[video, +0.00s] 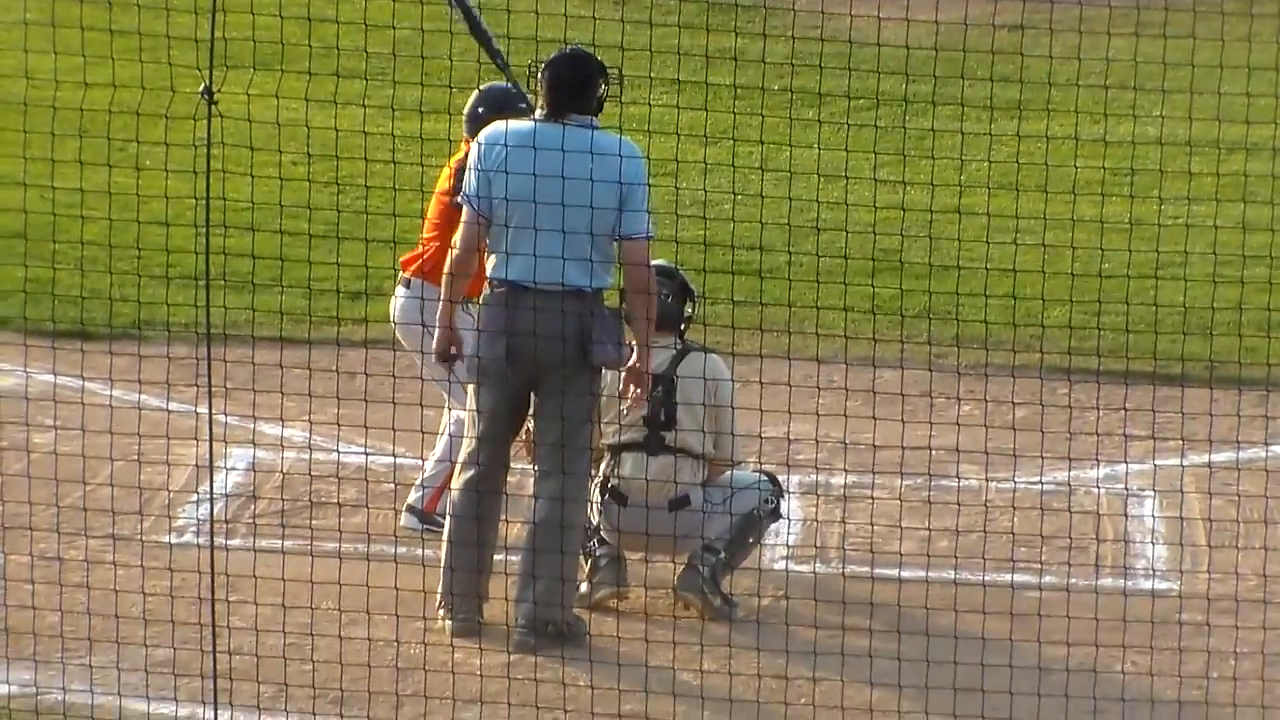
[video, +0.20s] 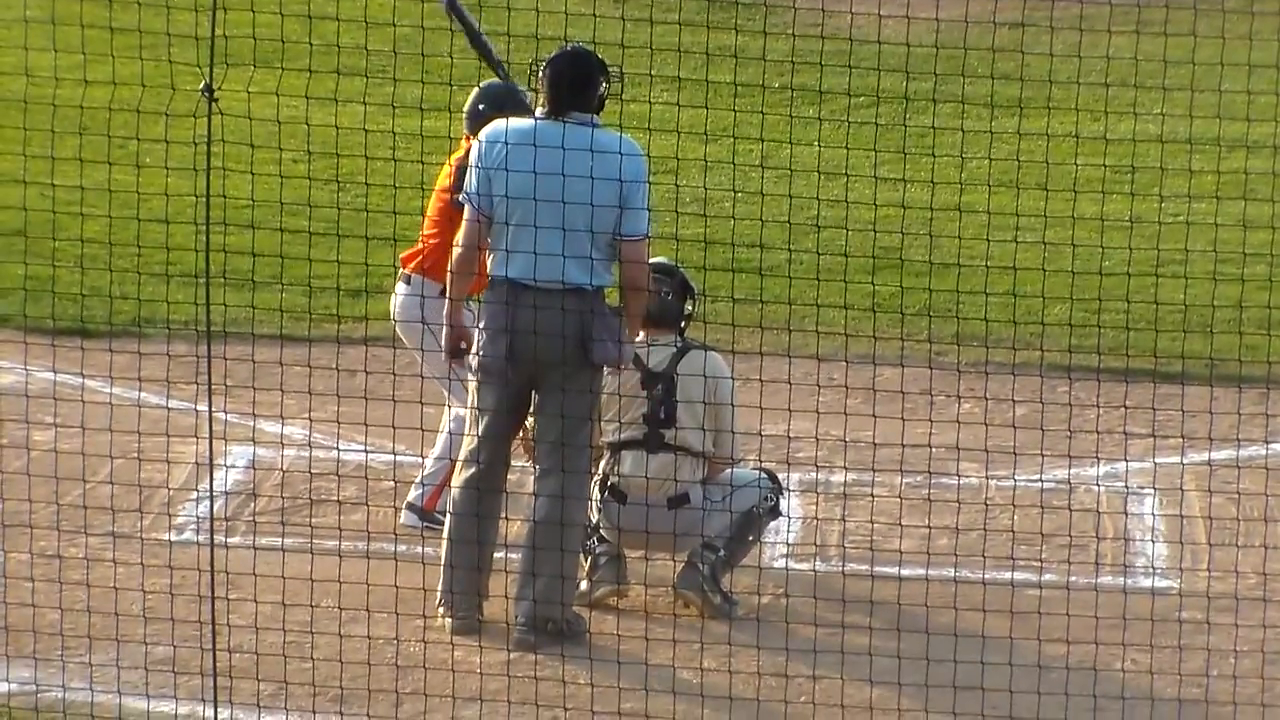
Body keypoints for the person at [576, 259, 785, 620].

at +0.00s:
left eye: (635, 300)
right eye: (684, 303)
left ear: (628, 309)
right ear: (681, 314)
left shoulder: (606, 364)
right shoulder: (709, 366)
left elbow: (587, 451)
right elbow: (720, 464)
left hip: (616, 518)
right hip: (683, 520)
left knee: (581, 474)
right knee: (766, 489)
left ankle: (604, 564)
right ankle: (704, 571)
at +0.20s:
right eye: (683, 301)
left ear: (633, 309)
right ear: (682, 312)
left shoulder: (608, 361)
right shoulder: (709, 364)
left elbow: (591, 447)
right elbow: (722, 460)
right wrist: (680, 477)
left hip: (617, 517)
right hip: (682, 519)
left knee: (598, 472)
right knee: (765, 487)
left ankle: (604, 563)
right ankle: (704, 569)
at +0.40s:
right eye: (684, 299)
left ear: (633, 306)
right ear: (682, 310)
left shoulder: (608, 359)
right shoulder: (709, 363)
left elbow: (591, 445)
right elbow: (721, 458)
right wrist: (682, 475)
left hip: (615, 514)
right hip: (682, 517)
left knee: (591, 471)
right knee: (765, 485)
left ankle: (603, 560)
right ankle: (704, 566)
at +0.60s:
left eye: (632, 294)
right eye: (685, 299)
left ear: (631, 304)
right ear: (681, 309)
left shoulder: (606, 358)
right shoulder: (708, 361)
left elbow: (585, 443)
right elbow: (723, 455)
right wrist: (687, 479)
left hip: (615, 513)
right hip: (681, 515)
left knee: (587, 472)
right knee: (764, 483)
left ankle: (603, 559)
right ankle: (703, 566)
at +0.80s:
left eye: (633, 292)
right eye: (684, 296)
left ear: (630, 303)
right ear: (681, 308)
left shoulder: (606, 357)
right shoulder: (708, 359)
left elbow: (586, 440)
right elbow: (722, 453)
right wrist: (686, 478)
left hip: (616, 511)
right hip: (682, 513)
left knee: (590, 469)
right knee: (765, 481)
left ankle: (603, 557)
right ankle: (703, 564)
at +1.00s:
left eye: (633, 293)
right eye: (686, 298)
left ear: (629, 303)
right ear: (682, 309)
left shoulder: (606, 357)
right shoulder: (709, 361)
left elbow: (585, 443)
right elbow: (719, 458)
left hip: (615, 512)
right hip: (680, 514)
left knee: (590, 470)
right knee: (765, 482)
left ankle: (604, 557)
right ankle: (703, 564)